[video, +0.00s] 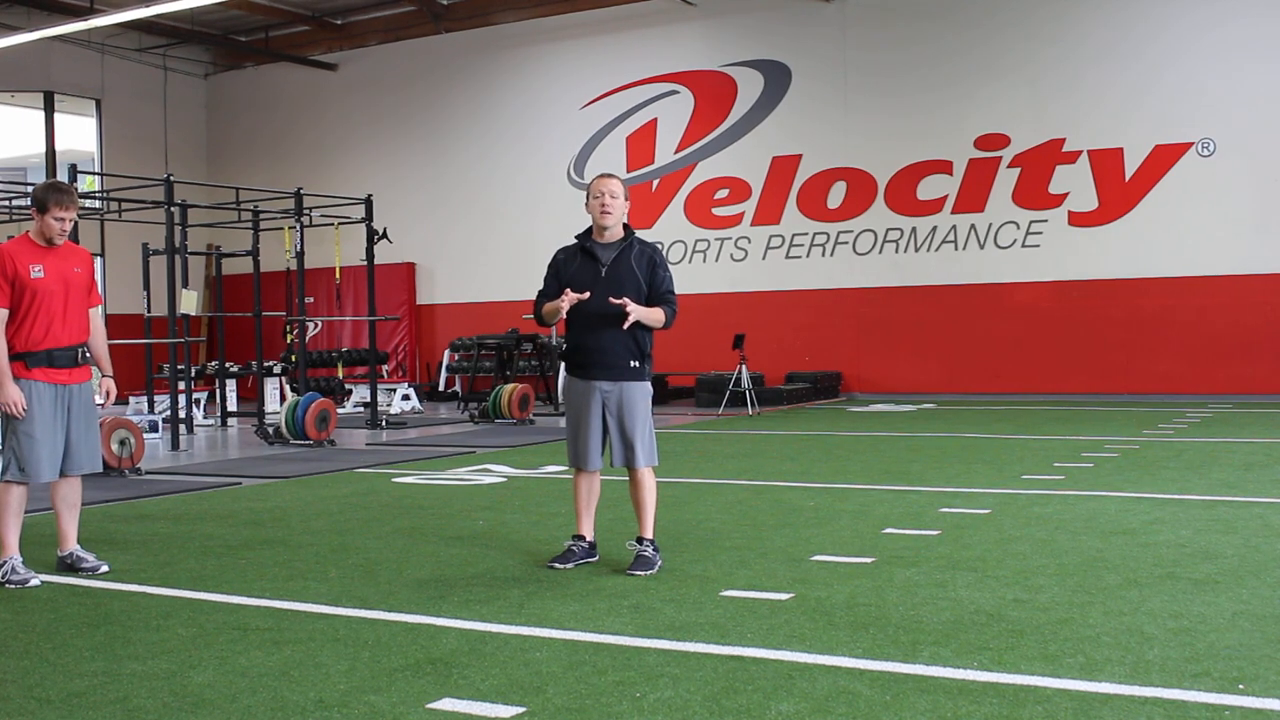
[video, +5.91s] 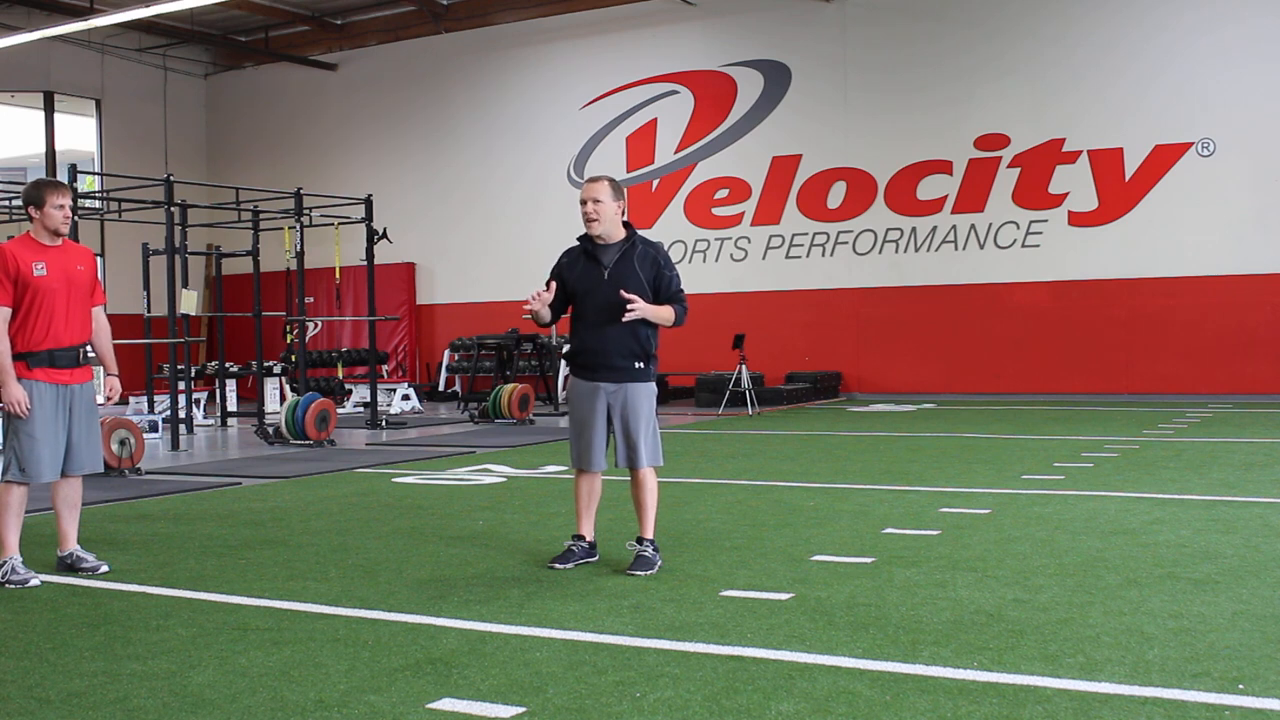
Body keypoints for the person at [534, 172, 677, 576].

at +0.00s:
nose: (605, 202)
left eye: (613, 196)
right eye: (598, 196)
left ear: (626, 206)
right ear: (587, 206)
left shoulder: (648, 256)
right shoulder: (566, 258)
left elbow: (666, 314)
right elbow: (542, 315)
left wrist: (641, 311)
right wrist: (560, 305)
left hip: (631, 379)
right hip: (581, 377)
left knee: (639, 463)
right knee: (585, 462)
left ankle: (646, 544)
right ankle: (584, 542)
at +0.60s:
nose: (591, 204)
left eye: (601, 199)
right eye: (588, 198)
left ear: (622, 208)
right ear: (583, 205)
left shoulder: (649, 257)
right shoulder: (568, 254)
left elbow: (670, 316)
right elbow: (540, 310)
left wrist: (663, 365)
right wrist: (564, 273)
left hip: (632, 379)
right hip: (581, 379)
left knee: (639, 464)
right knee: (585, 463)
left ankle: (646, 544)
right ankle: (583, 542)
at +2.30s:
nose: (594, 203)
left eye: (602, 197)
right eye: (590, 198)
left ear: (624, 204)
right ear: (586, 206)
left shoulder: (650, 257)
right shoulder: (571, 257)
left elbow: (670, 320)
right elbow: (534, 302)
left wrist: (671, 376)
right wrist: (510, 270)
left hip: (630, 379)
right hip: (580, 378)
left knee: (638, 463)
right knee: (584, 464)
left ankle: (646, 544)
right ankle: (583, 542)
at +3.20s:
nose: (594, 204)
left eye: (602, 197)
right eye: (588, 199)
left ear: (622, 204)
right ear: (583, 208)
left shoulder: (649, 255)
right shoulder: (570, 257)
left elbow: (673, 312)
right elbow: (539, 309)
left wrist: (654, 335)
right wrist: (528, 296)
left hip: (632, 379)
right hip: (582, 377)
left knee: (639, 463)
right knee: (585, 462)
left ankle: (646, 544)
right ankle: (583, 542)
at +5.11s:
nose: (591, 209)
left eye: (599, 202)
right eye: (587, 203)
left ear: (623, 207)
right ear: (585, 208)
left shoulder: (653, 256)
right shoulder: (571, 259)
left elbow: (677, 315)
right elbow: (548, 322)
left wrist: (652, 313)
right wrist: (557, 311)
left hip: (636, 380)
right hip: (584, 379)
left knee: (641, 463)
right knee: (586, 464)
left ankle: (647, 544)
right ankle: (584, 542)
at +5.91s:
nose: (587, 209)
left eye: (596, 202)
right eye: (583, 203)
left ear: (620, 207)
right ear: (581, 209)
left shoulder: (652, 256)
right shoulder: (571, 259)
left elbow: (679, 312)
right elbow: (548, 317)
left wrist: (648, 310)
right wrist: (540, 311)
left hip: (635, 380)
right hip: (585, 378)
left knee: (641, 463)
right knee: (586, 462)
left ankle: (646, 544)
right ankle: (584, 542)